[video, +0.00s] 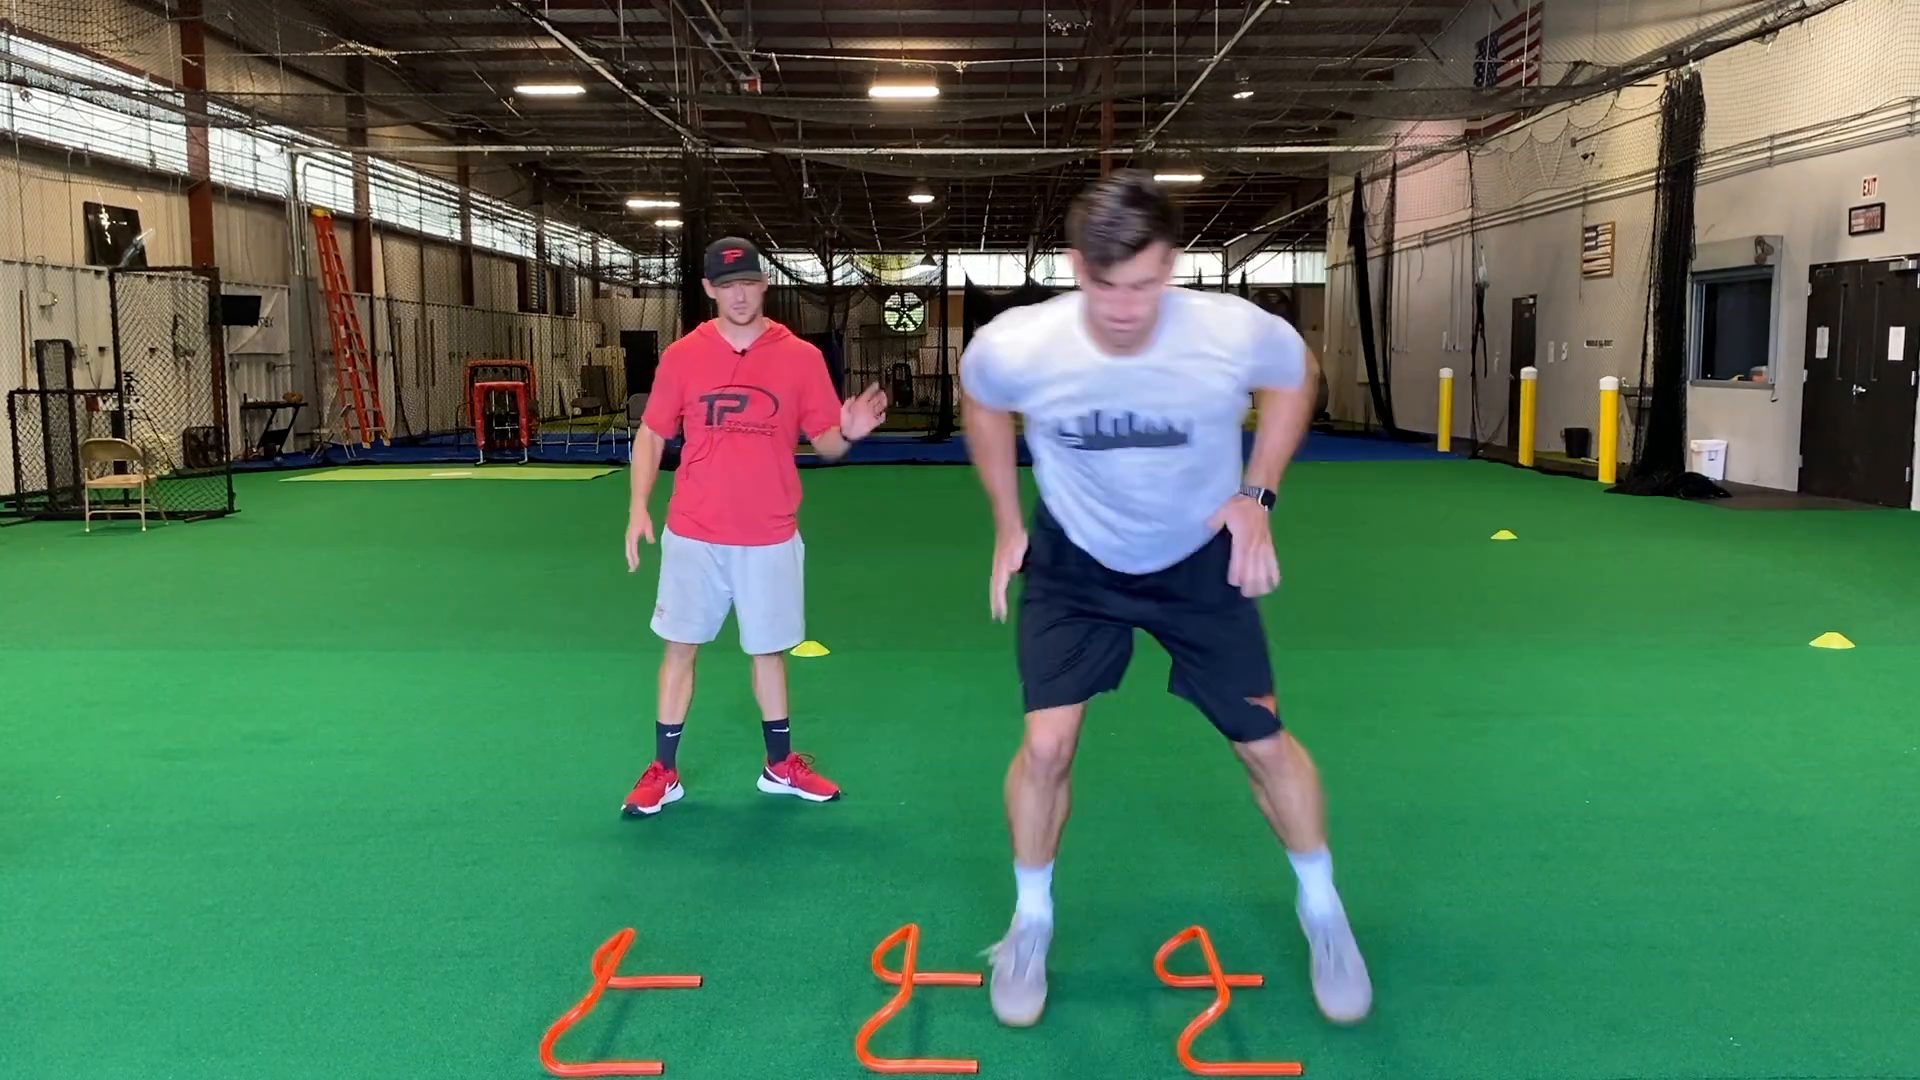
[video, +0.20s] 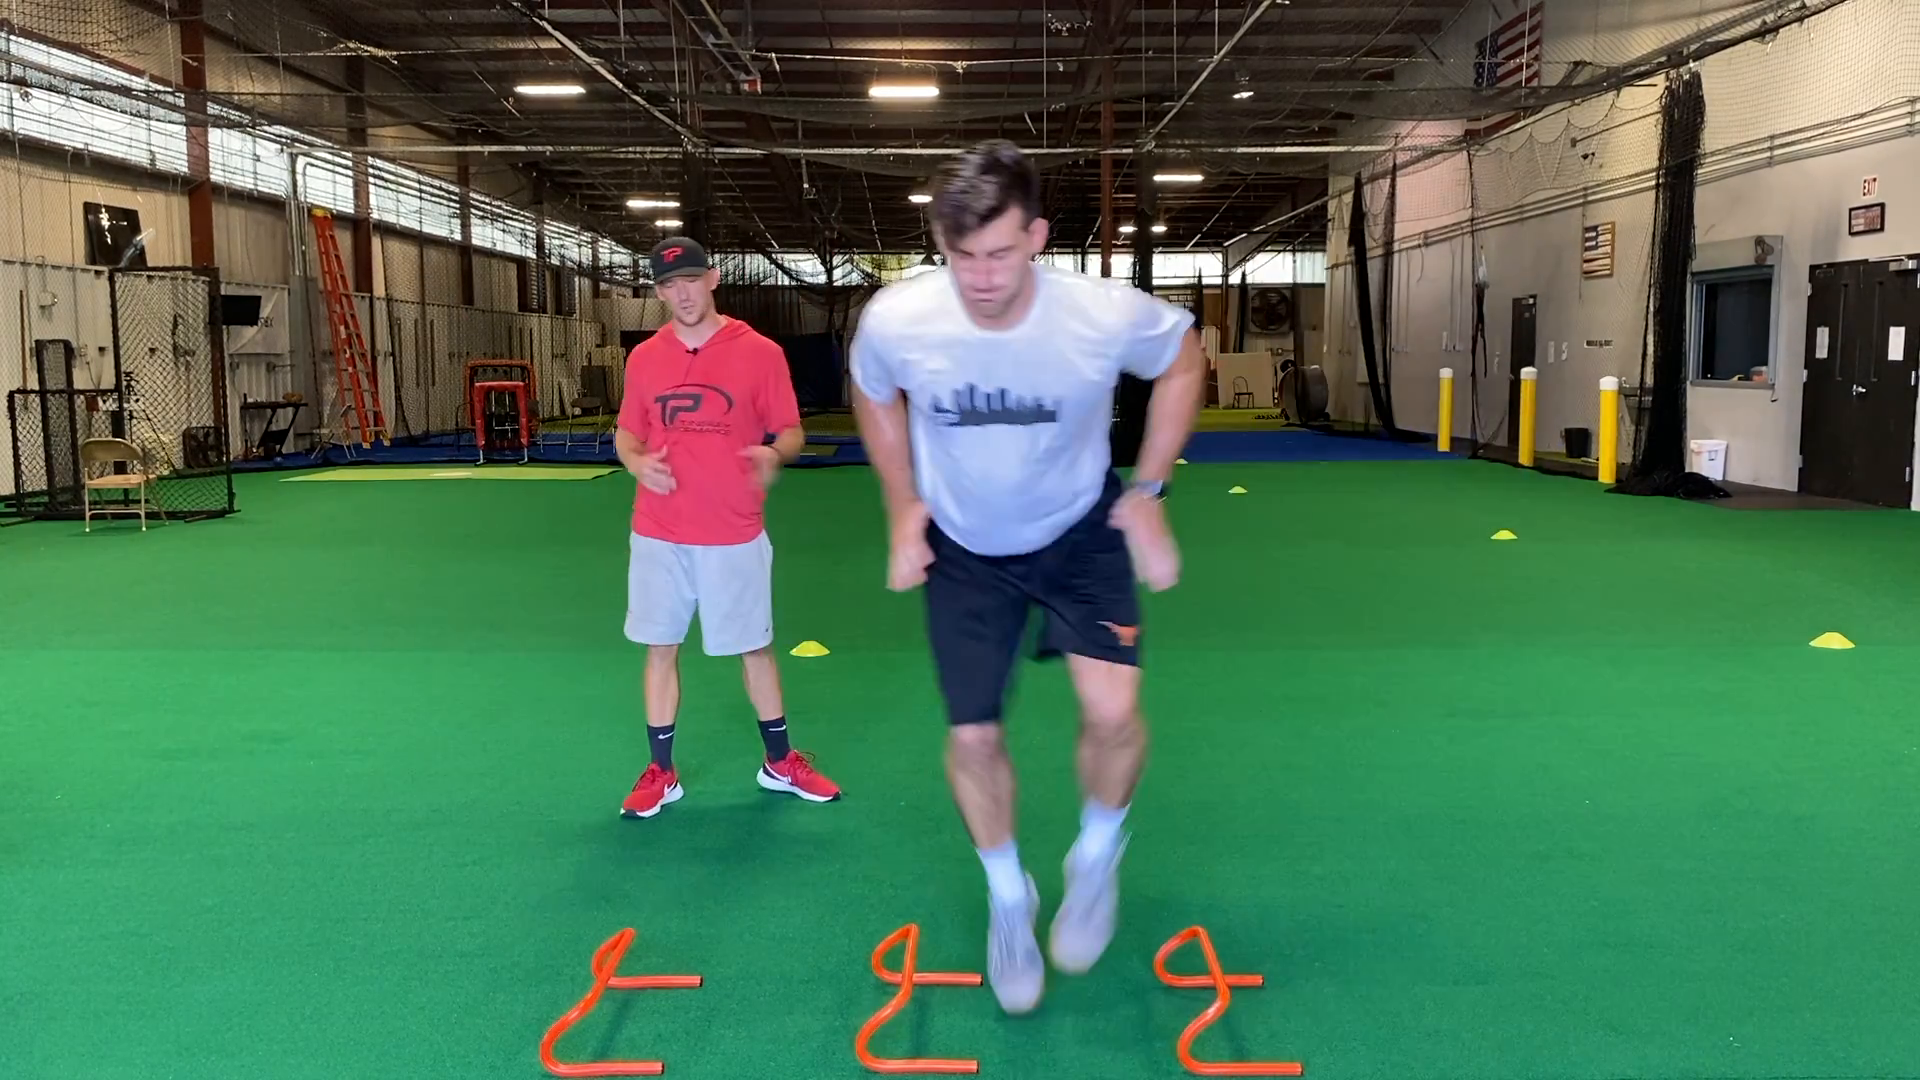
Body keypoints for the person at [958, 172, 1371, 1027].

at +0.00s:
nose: (1127, 305)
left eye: (1144, 285)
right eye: (1109, 286)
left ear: (1171, 269)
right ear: (1076, 270)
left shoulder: (1228, 331)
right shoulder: (1013, 347)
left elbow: (1294, 371)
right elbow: (981, 403)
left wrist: (1258, 493)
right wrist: (1007, 523)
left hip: (1200, 561)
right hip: (1074, 562)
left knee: (1261, 739)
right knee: (1047, 744)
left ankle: (1324, 915)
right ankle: (1030, 924)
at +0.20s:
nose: (982, 274)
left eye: (1000, 254)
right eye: (966, 256)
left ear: (1038, 240)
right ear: (944, 246)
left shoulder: (1099, 312)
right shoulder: (895, 321)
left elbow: (1184, 352)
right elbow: (872, 393)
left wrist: (1145, 490)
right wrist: (903, 513)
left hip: (1081, 537)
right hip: (962, 548)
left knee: (1113, 712)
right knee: (973, 737)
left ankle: (1097, 857)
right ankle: (1009, 901)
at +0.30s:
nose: (921, 278)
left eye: (939, 258)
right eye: (904, 259)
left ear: (979, 243)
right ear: (882, 254)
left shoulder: (1048, 329)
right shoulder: (839, 325)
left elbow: (1115, 409)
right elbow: (817, 376)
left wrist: (1056, 482)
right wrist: (832, 485)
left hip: (1017, 550)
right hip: (898, 547)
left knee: (1035, 763)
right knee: (877, 719)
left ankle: (1034, 946)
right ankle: (913, 802)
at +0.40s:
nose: (849, 269)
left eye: (868, 249)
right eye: (833, 250)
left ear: (911, 236)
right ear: (815, 245)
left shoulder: (983, 321)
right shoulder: (774, 325)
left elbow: (1062, 385)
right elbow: (756, 403)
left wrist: (1008, 498)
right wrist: (774, 519)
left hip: (960, 569)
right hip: (837, 569)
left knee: (999, 745)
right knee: (801, 737)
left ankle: (1030, 935)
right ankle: (766, 896)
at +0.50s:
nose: (790, 282)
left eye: (809, 264)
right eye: (775, 264)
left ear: (851, 252)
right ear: (755, 256)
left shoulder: (916, 330)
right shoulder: (711, 338)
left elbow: (1013, 358)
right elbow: (686, 435)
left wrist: (998, 488)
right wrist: (712, 507)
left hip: (893, 555)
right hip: (774, 573)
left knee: (950, 714)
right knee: (755, 781)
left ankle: (944, 818)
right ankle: (737, 953)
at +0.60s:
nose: (734, 274)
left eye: (751, 255)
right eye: (717, 256)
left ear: (792, 242)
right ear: (697, 249)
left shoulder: (862, 328)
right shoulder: (656, 318)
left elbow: (954, 384)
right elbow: (642, 397)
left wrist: (916, 513)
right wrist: (660, 507)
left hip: (833, 546)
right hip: (715, 549)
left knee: (846, 719)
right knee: (690, 741)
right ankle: (720, 922)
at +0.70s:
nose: (675, 286)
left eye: (694, 265)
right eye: (658, 267)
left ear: (735, 251)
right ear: (636, 260)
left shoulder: (807, 341)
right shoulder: (611, 318)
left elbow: (891, 436)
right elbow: (600, 373)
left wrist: (814, 528)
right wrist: (609, 486)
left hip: (768, 560)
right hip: (654, 545)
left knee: (760, 774)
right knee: (592, 694)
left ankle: (766, 939)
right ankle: (664, 831)